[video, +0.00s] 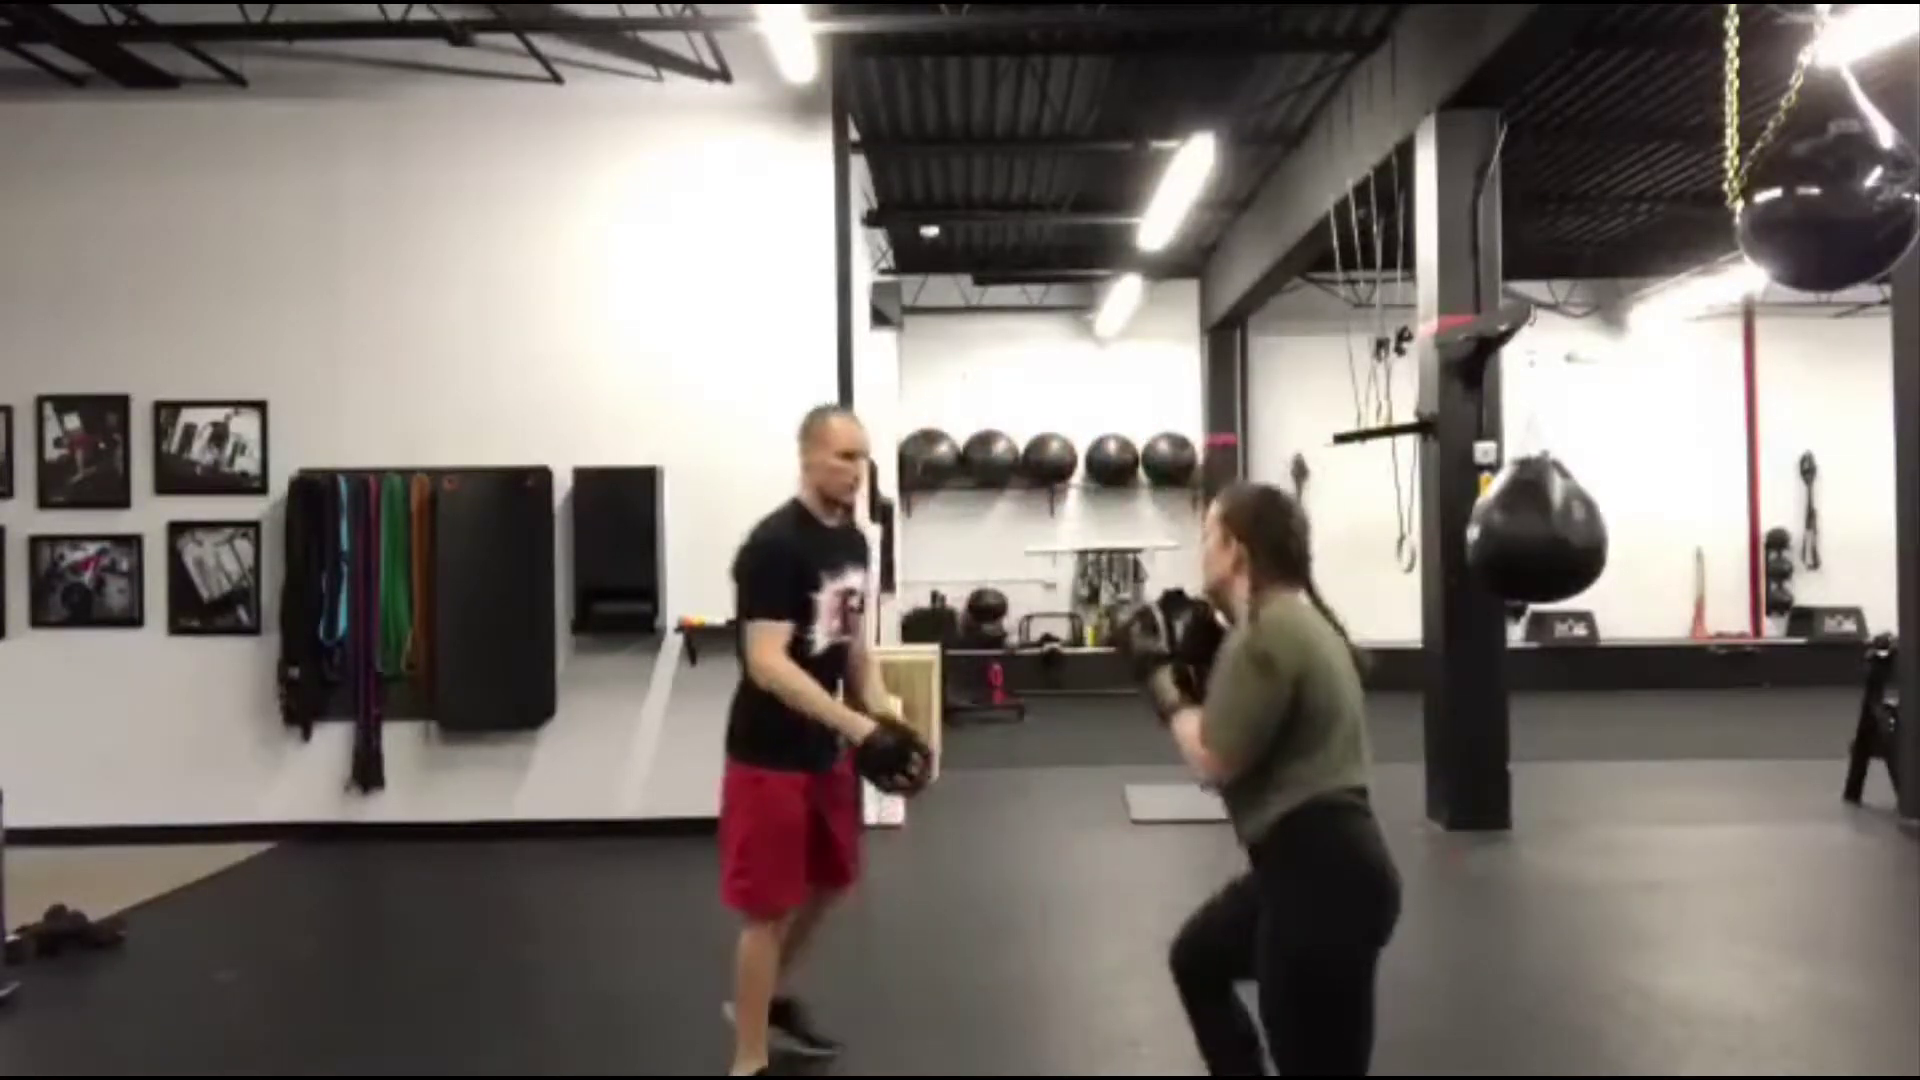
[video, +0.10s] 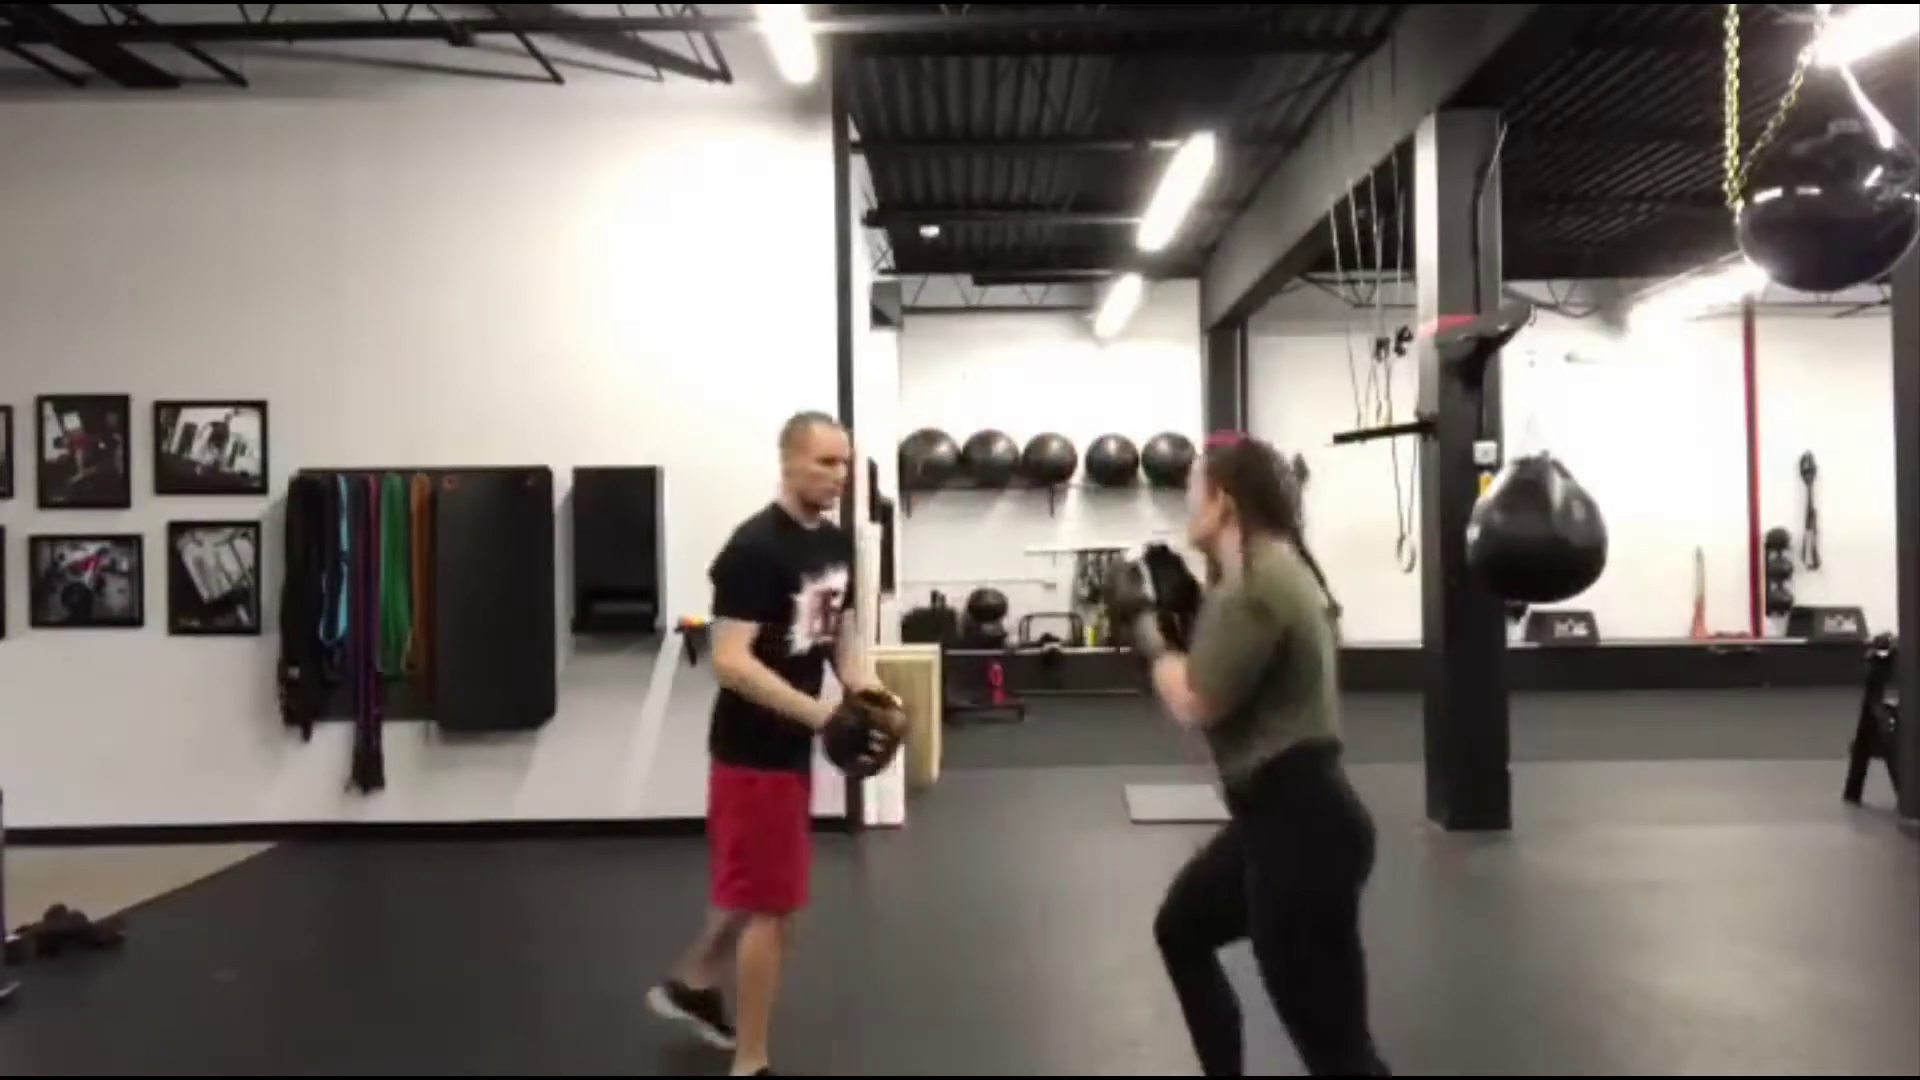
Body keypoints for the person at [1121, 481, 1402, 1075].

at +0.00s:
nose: (1203, 554)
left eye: (1208, 540)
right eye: (1205, 540)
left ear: (1236, 551)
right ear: (1281, 548)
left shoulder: (1265, 636)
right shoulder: (1306, 623)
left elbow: (1213, 761)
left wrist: (1164, 681)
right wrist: (1213, 662)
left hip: (1317, 876)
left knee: (1314, 1061)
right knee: (1198, 957)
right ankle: (1243, 1069)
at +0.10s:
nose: (1188, 508)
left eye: (1194, 493)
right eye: (1191, 493)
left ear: (1223, 500)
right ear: (1252, 499)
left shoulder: (1258, 582)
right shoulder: (1282, 572)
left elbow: (1193, 702)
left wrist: (1153, 638)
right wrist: (1195, 605)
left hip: (1302, 826)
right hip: (1288, 819)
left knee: (1334, 1045)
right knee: (1182, 928)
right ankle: (1224, 1068)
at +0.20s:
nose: (1173, 497)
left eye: (1180, 484)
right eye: (1177, 483)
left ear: (1208, 492)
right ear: (1232, 492)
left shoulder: (1239, 570)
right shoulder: (1261, 558)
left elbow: (1170, 682)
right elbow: (1209, 666)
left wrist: (1128, 615)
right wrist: (1168, 596)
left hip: (1276, 799)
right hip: (1253, 795)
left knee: (1294, 1010)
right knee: (1181, 935)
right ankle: (1196, 1068)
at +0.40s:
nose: (1151, 556)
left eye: (1161, 544)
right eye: (1156, 543)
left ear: (1189, 559)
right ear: (1194, 560)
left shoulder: (1219, 648)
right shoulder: (1209, 634)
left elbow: (1160, 762)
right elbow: (1174, 733)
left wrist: (1116, 690)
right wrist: (1135, 672)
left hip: (1238, 856)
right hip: (1199, 850)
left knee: (1235, 1049)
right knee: (1132, 980)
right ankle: (1182, 1070)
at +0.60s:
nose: (1154, 495)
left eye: (1163, 482)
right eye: (1158, 482)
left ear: (1196, 493)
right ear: (1206, 493)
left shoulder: (1225, 569)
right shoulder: (1232, 561)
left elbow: (1166, 678)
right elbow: (1177, 668)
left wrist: (1123, 607)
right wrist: (1131, 606)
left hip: (1270, 788)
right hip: (1238, 785)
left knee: (1290, 990)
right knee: (1192, 950)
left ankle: (1374, 1067)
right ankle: (1196, 1070)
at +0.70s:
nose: (1168, 502)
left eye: (1177, 489)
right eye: (1171, 489)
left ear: (1211, 500)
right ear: (1219, 500)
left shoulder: (1243, 570)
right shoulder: (1233, 567)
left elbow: (1184, 680)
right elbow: (1193, 670)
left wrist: (1138, 611)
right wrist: (1147, 607)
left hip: (1293, 794)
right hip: (1260, 792)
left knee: (1311, 993)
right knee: (1200, 943)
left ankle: (1386, 1065)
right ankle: (1227, 1070)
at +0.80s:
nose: (1183, 542)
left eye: (1191, 530)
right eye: (1186, 529)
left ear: (1223, 541)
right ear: (1230, 541)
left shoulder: (1267, 616)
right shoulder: (1245, 615)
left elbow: (1214, 728)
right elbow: (1218, 710)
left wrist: (1159, 656)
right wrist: (1179, 652)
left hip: (1314, 838)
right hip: (1278, 835)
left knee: (1320, 1037)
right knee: (1200, 972)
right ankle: (1240, 1072)